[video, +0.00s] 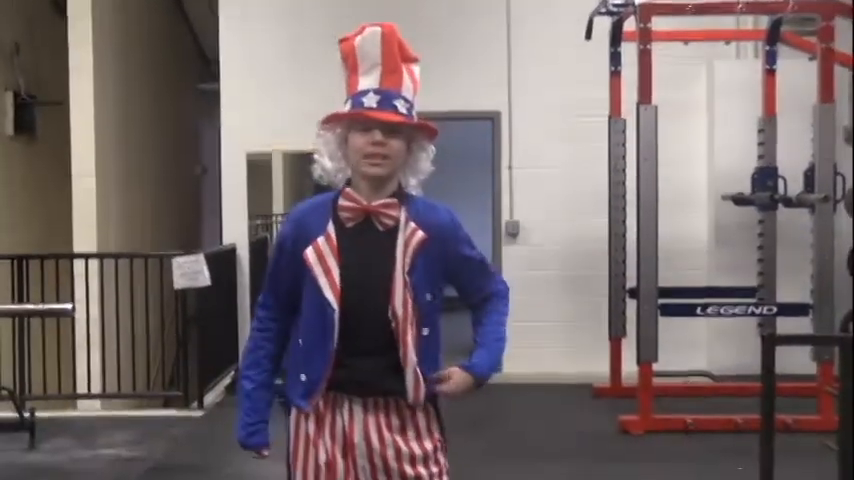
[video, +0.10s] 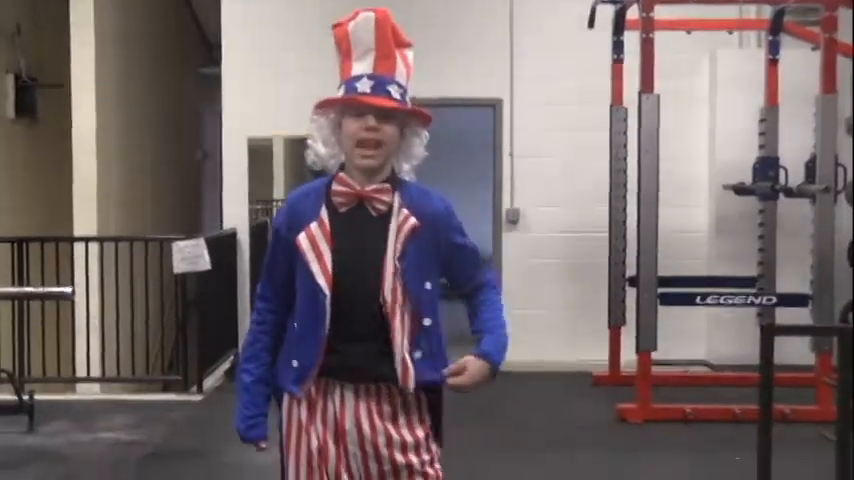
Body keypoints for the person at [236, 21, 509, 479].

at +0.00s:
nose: (377, 143)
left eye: (391, 133)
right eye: (364, 130)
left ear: (410, 148)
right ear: (343, 142)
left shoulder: (435, 226)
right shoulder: (304, 224)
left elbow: (490, 295)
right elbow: (269, 321)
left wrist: (478, 367)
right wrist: (253, 421)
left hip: (407, 422)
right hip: (321, 421)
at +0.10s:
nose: (370, 130)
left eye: (385, 119)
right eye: (358, 115)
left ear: (404, 133)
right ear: (337, 126)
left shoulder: (430, 214)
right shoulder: (299, 210)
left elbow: (479, 284)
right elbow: (269, 309)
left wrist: (490, 353)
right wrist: (252, 405)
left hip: (397, 408)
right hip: (314, 407)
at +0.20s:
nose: (363, 116)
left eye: (378, 105)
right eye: (350, 102)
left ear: (397, 121)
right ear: (329, 114)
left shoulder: (424, 203)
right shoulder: (295, 200)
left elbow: (469, 276)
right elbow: (266, 304)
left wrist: (486, 340)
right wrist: (254, 404)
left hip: (392, 398)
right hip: (307, 397)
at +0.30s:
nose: (357, 107)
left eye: (371, 98)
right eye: (344, 95)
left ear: (388, 114)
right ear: (321, 106)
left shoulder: (415, 197)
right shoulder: (283, 195)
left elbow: (460, 273)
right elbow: (259, 301)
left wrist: (464, 341)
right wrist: (252, 403)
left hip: (383, 392)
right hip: (300, 391)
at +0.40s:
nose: (348, 108)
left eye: (362, 99)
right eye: (335, 95)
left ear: (378, 115)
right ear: (312, 106)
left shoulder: (405, 198)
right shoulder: (274, 199)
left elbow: (449, 275)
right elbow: (254, 309)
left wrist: (441, 344)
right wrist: (249, 405)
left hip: (376, 395)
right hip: (295, 394)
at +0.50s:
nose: (336, 116)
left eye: (350, 107)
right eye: (323, 103)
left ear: (367, 122)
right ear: (301, 114)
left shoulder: (399, 205)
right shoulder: (270, 209)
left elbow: (443, 283)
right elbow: (254, 320)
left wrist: (422, 355)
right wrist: (248, 413)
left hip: (373, 407)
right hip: (293, 407)